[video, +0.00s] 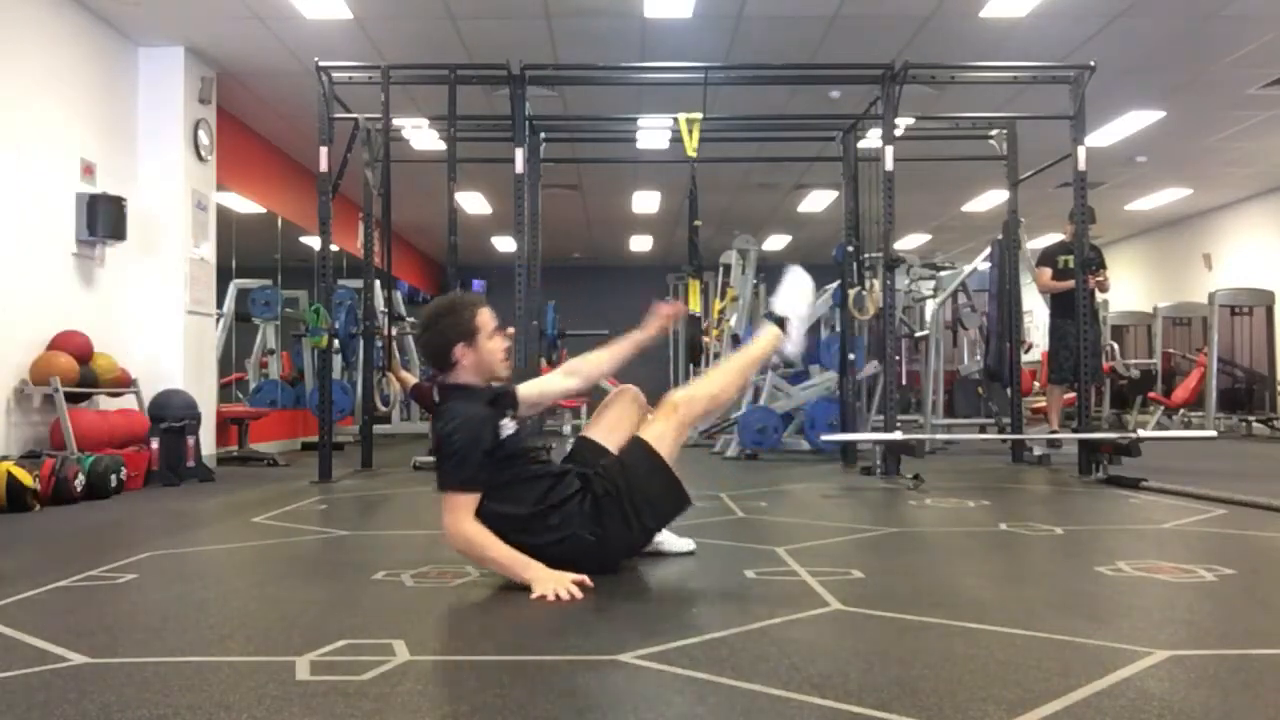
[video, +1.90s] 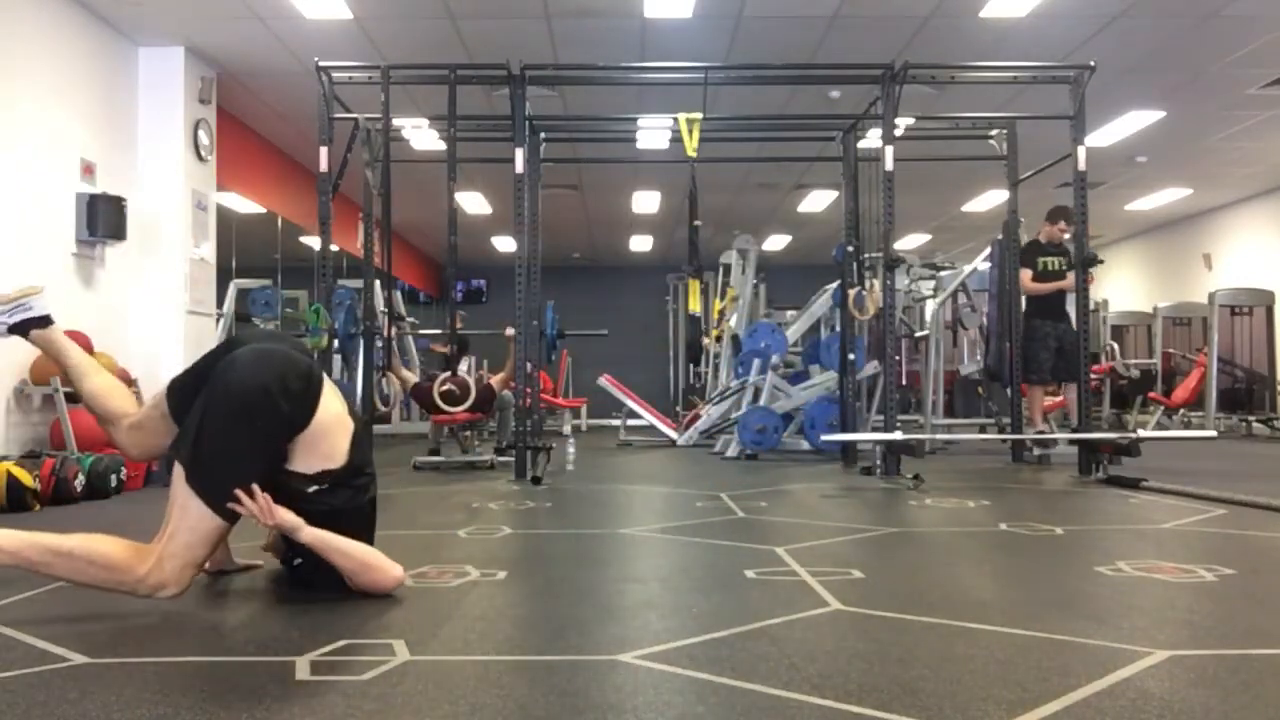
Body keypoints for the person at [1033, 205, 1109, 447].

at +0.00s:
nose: (1082, 230)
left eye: (1086, 225)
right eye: (1078, 224)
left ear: (1092, 227)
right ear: (1069, 224)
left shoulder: (1094, 252)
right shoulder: (1051, 252)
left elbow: (1104, 287)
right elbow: (1043, 285)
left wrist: (1100, 282)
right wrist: (1075, 283)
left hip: (1089, 321)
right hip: (1062, 321)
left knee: (1089, 375)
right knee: (1058, 377)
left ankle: (1087, 423)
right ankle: (1054, 427)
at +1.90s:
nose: (1065, 236)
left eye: (1067, 231)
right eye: (1062, 230)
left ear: (1063, 230)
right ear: (1049, 225)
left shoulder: (1064, 251)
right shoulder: (1029, 250)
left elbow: (1069, 280)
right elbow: (1025, 286)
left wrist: (1081, 280)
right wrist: (1063, 284)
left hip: (1061, 318)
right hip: (1038, 319)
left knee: (1072, 373)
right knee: (1038, 377)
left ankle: (1076, 422)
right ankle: (1038, 425)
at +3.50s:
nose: (1086, 228)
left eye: (1090, 224)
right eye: (1082, 223)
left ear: (1094, 225)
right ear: (1071, 223)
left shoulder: (1097, 252)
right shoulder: (1055, 251)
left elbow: (1106, 282)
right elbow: (1045, 283)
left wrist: (1103, 281)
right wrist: (1080, 283)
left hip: (1088, 319)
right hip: (1062, 319)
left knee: (1088, 374)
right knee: (1053, 374)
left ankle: (1085, 423)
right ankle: (1041, 424)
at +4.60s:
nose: (1078, 222)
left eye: (1082, 217)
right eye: (1073, 217)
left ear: (1088, 220)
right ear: (1065, 220)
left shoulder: (1097, 250)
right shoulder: (1052, 251)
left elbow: (1111, 285)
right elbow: (1034, 283)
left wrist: (1100, 274)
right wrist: (1051, 297)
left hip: (1090, 320)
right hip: (1063, 321)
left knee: (1090, 376)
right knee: (1058, 376)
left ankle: (1087, 425)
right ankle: (1054, 428)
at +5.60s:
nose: (1081, 223)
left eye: (1085, 218)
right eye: (1076, 219)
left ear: (1089, 220)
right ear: (1065, 221)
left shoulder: (1091, 250)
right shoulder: (1051, 252)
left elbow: (1111, 277)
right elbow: (1038, 281)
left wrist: (1096, 255)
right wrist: (1068, 266)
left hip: (1089, 320)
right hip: (1062, 320)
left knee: (1089, 376)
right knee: (1058, 377)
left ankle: (1087, 424)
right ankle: (1054, 428)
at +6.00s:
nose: (1079, 226)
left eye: (1083, 221)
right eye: (1074, 221)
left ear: (1088, 223)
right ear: (1065, 223)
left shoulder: (1089, 251)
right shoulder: (1051, 252)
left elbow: (1114, 273)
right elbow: (1053, 275)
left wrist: (1101, 249)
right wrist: (1072, 250)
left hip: (1088, 320)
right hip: (1063, 320)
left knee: (1088, 375)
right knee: (1059, 377)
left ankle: (1087, 422)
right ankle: (1055, 427)